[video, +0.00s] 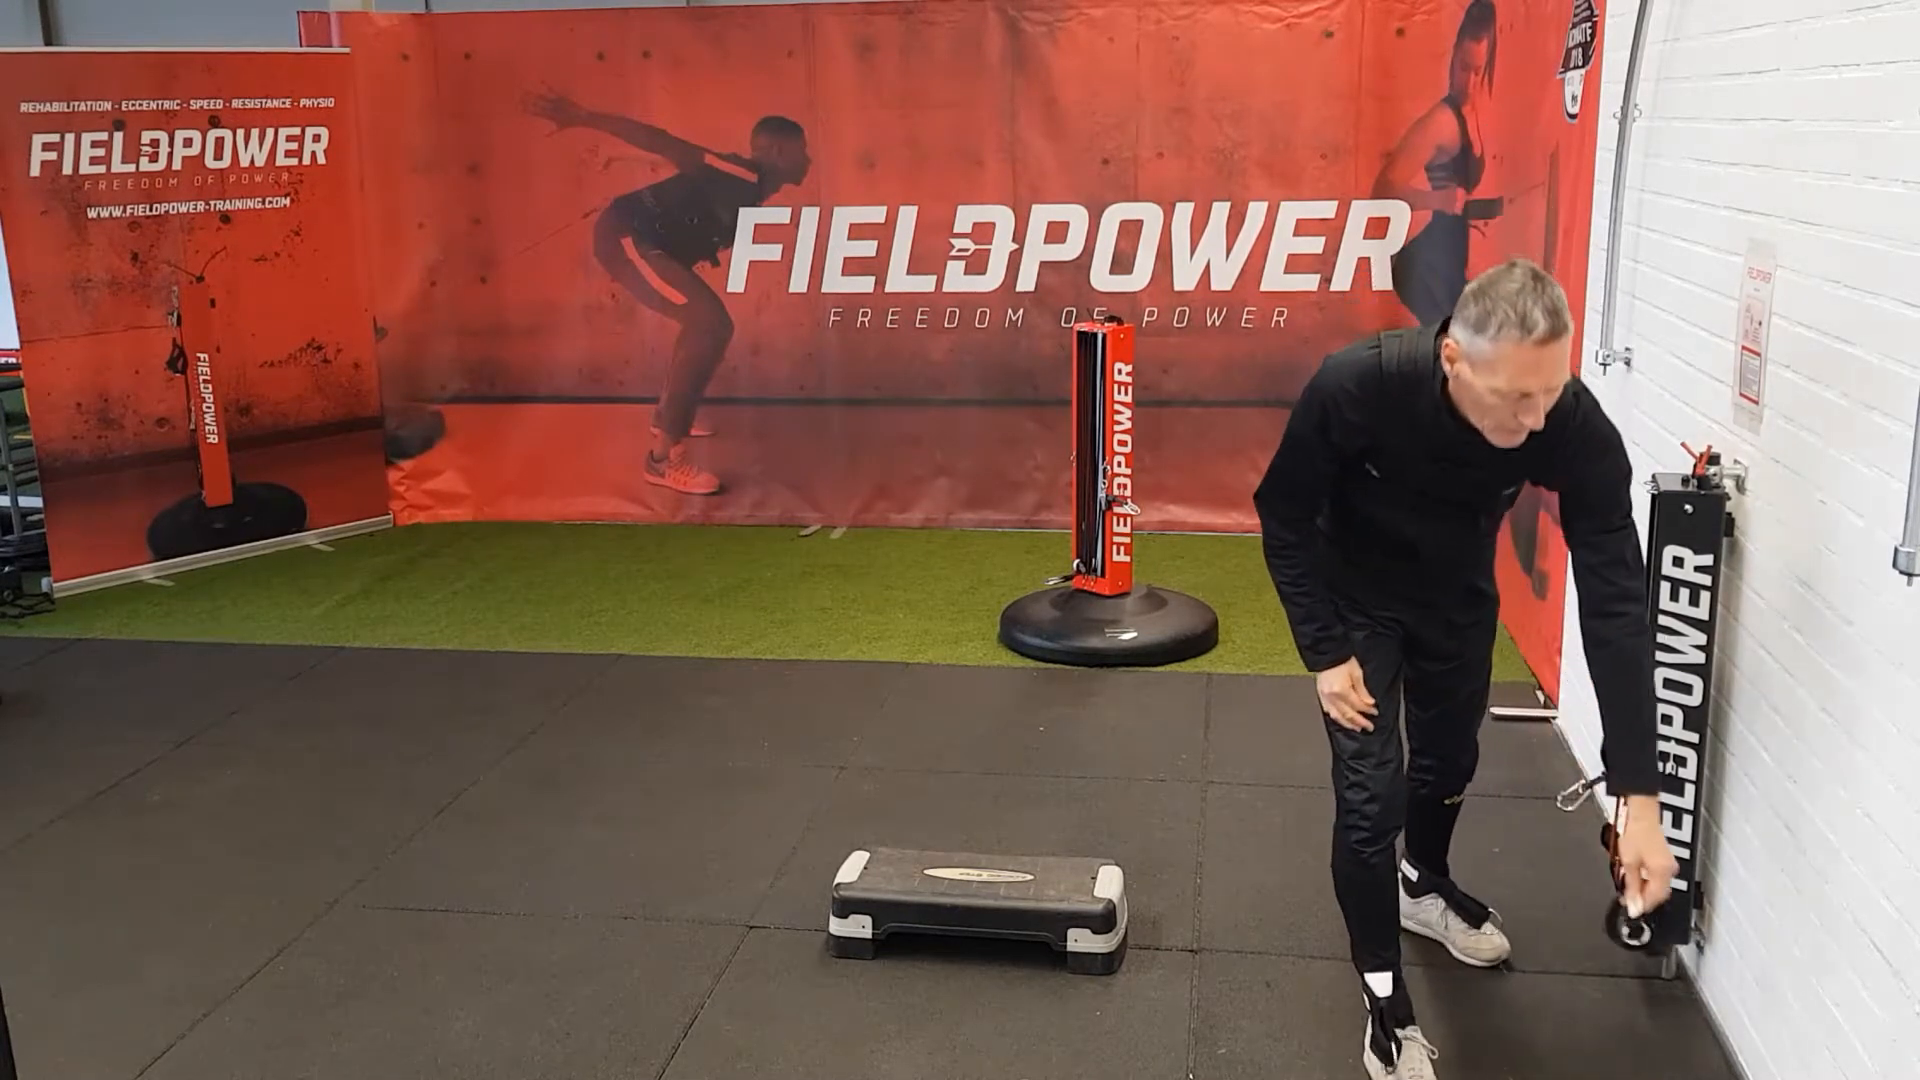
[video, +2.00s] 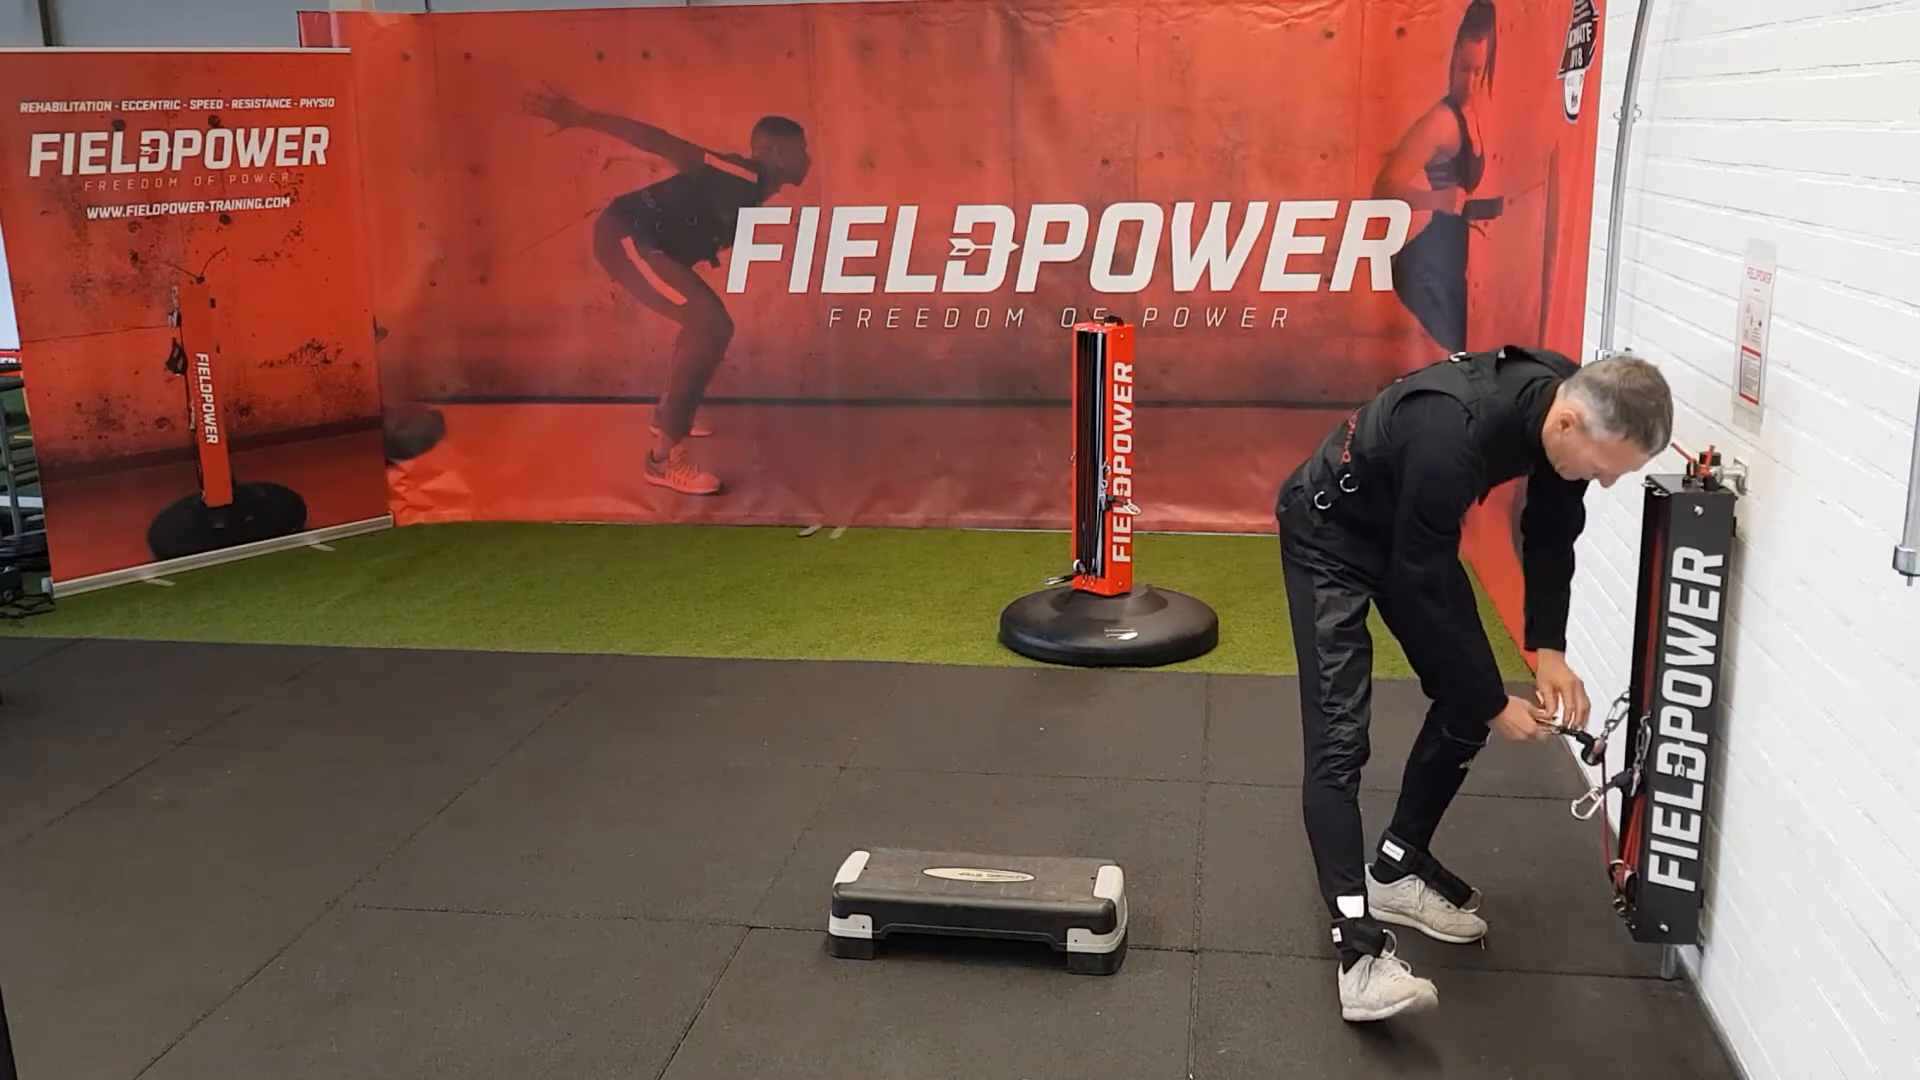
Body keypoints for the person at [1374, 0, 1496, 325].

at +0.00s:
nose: (1471, 81)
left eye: (1480, 71)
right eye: (1465, 68)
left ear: (1489, 70)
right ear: (1450, 63)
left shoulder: (1469, 118)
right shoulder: (1440, 121)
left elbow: (1439, 189)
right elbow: (1386, 188)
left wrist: (1474, 210)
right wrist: (1437, 200)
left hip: (1445, 254)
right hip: (1425, 258)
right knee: (1454, 348)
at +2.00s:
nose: (1472, 81)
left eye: (1482, 71)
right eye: (1465, 69)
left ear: (1491, 73)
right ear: (1450, 66)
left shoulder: (1465, 119)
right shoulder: (1442, 120)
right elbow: (1386, 188)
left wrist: (1467, 211)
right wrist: (1440, 199)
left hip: (1445, 257)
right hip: (1424, 261)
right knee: (1450, 358)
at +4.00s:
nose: (1469, 83)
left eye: (1478, 72)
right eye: (1462, 70)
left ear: (1487, 70)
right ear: (1447, 65)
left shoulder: (1470, 114)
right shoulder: (1440, 120)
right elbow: (1386, 187)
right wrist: (1441, 199)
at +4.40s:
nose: (1470, 83)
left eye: (1478, 72)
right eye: (1464, 70)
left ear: (1488, 68)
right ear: (1451, 63)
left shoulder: (1478, 112)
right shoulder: (1441, 119)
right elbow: (1385, 188)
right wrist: (1447, 200)